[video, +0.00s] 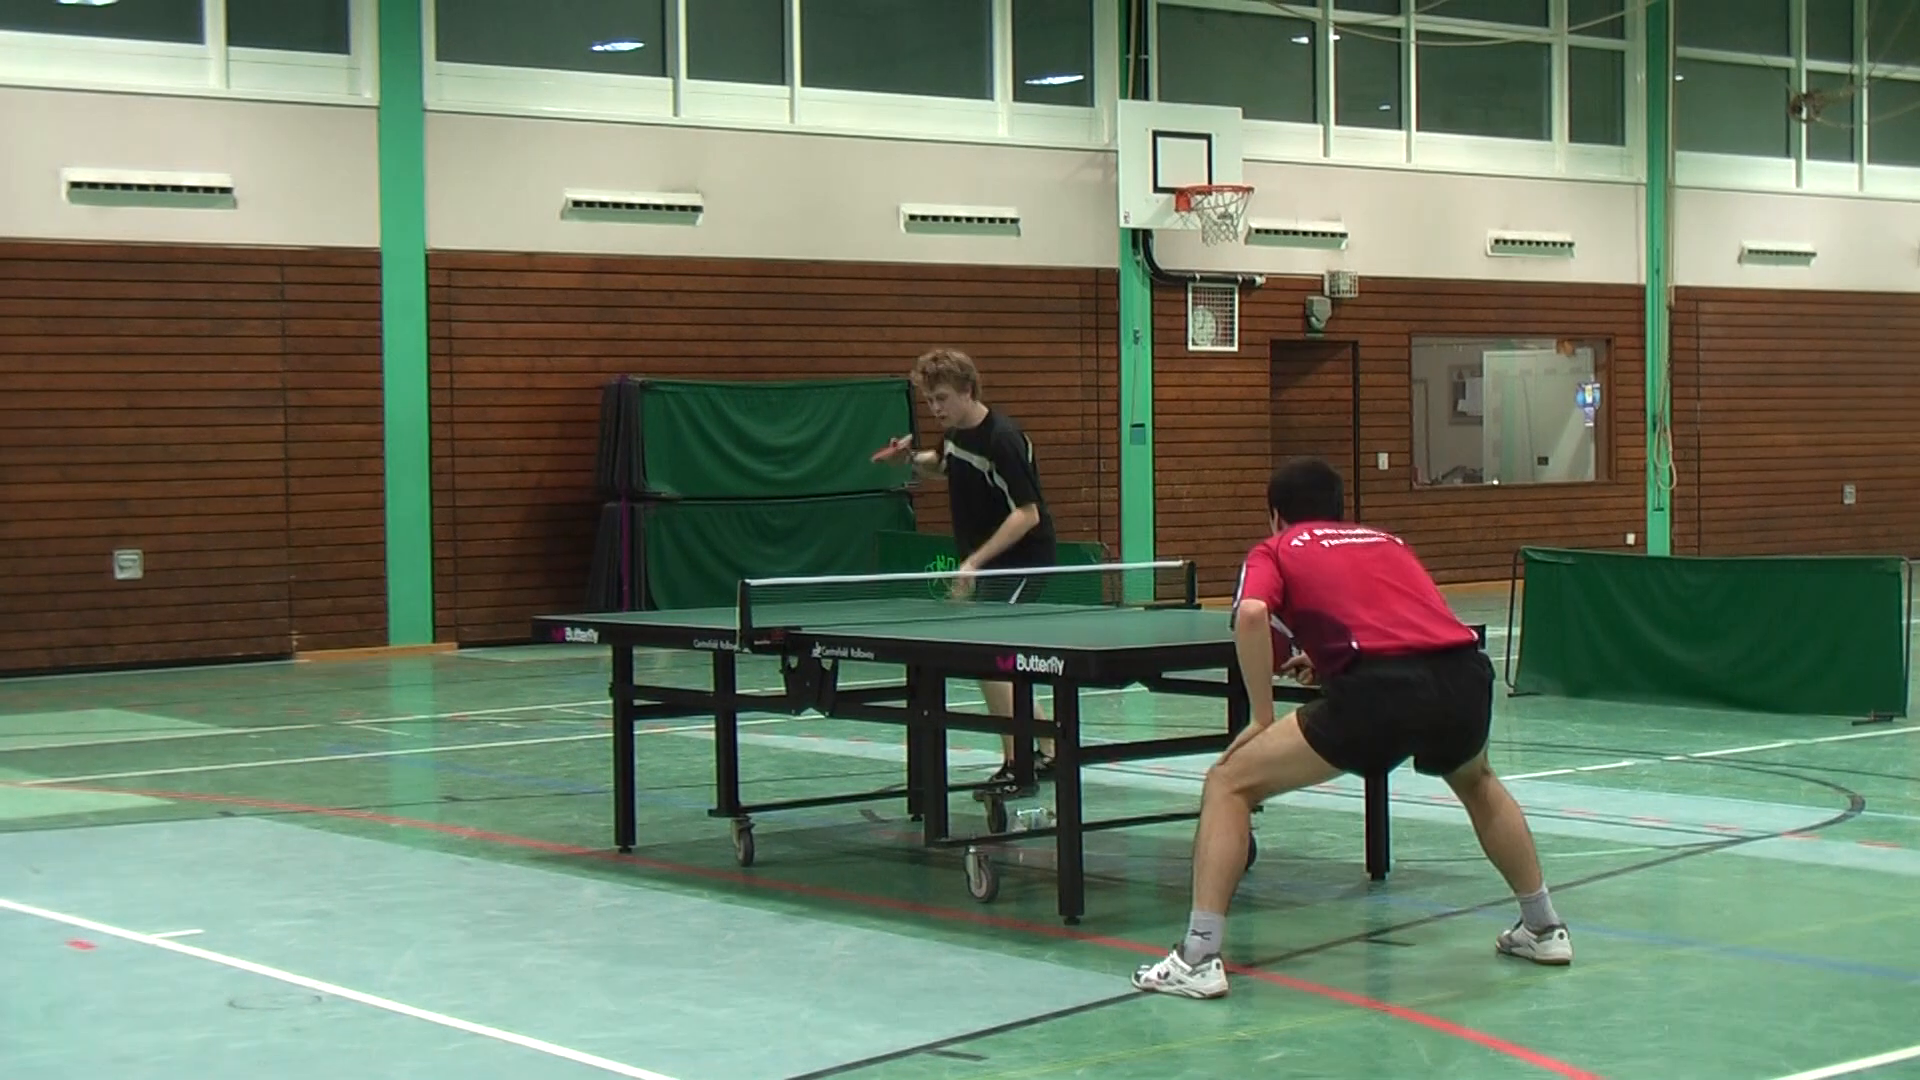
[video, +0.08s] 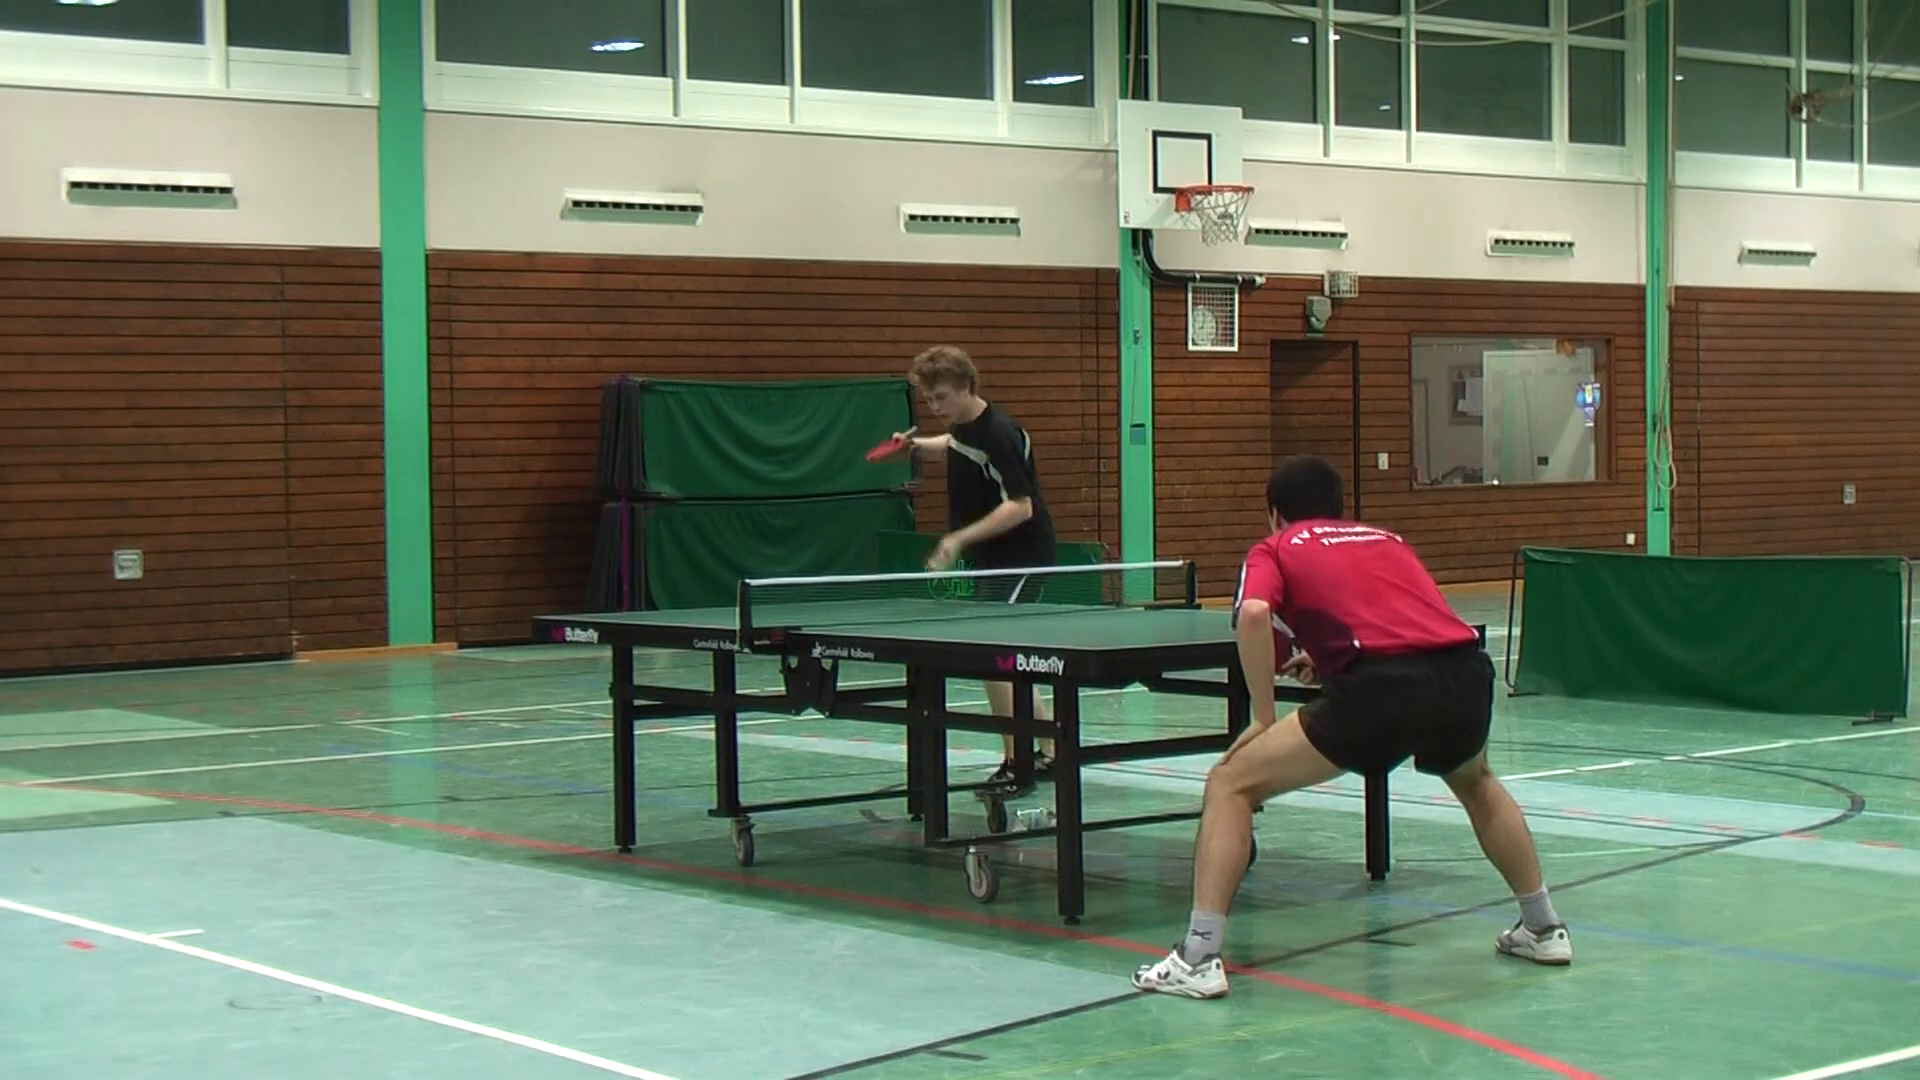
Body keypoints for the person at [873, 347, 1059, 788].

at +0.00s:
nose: (933, 409)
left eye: (940, 399)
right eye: (928, 401)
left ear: (967, 392)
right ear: (928, 399)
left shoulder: (1003, 438)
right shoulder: (955, 432)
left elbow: (1028, 513)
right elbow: (945, 466)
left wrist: (972, 563)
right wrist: (913, 458)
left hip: (1021, 564)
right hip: (988, 563)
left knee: (982, 652)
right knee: (997, 657)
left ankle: (1016, 758)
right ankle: (1047, 744)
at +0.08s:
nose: (933, 407)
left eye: (939, 398)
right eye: (928, 400)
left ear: (966, 389)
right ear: (929, 394)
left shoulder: (997, 434)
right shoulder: (967, 426)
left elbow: (1021, 506)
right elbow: (956, 444)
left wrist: (959, 538)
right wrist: (917, 444)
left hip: (1022, 560)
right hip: (993, 558)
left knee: (987, 650)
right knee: (999, 654)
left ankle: (1016, 757)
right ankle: (1051, 741)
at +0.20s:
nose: (924, 408)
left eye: (930, 398)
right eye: (920, 399)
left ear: (957, 388)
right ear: (942, 393)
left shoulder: (991, 431)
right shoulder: (962, 422)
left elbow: (1018, 499)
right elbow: (954, 434)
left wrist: (948, 505)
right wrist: (915, 437)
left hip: (1023, 558)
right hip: (992, 556)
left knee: (995, 653)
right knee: (998, 656)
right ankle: (1010, 756)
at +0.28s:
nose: (917, 409)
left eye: (922, 400)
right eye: (913, 400)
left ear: (951, 390)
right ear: (940, 393)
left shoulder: (989, 429)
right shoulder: (956, 423)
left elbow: (1026, 497)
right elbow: (951, 434)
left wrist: (956, 509)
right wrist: (911, 442)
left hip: (1021, 561)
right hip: (987, 559)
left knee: (995, 660)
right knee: (1001, 661)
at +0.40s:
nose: (908, 410)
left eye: (912, 400)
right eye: (905, 401)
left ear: (942, 392)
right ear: (932, 395)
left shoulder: (988, 428)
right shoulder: (945, 428)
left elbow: (1039, 487)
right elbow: (939, 444)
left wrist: (993, 523)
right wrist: (890, 462)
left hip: (1018, 559)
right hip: (978, 555)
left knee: (991, 655)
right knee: (966, 649)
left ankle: (1003, 763)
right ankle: (1033, 717)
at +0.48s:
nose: (903, 410)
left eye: (908, 401)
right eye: (900, 402)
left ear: (938, 393)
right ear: (919, 398)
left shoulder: (989, 427)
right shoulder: (925, 430)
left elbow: (1046, 480)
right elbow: (915, 470)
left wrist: (1014, 520)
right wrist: (867, 484)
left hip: (1012, 561)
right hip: (968, 559)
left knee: (996, 657)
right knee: (985, 660)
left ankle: (1005, 761)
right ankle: (1006, 757)